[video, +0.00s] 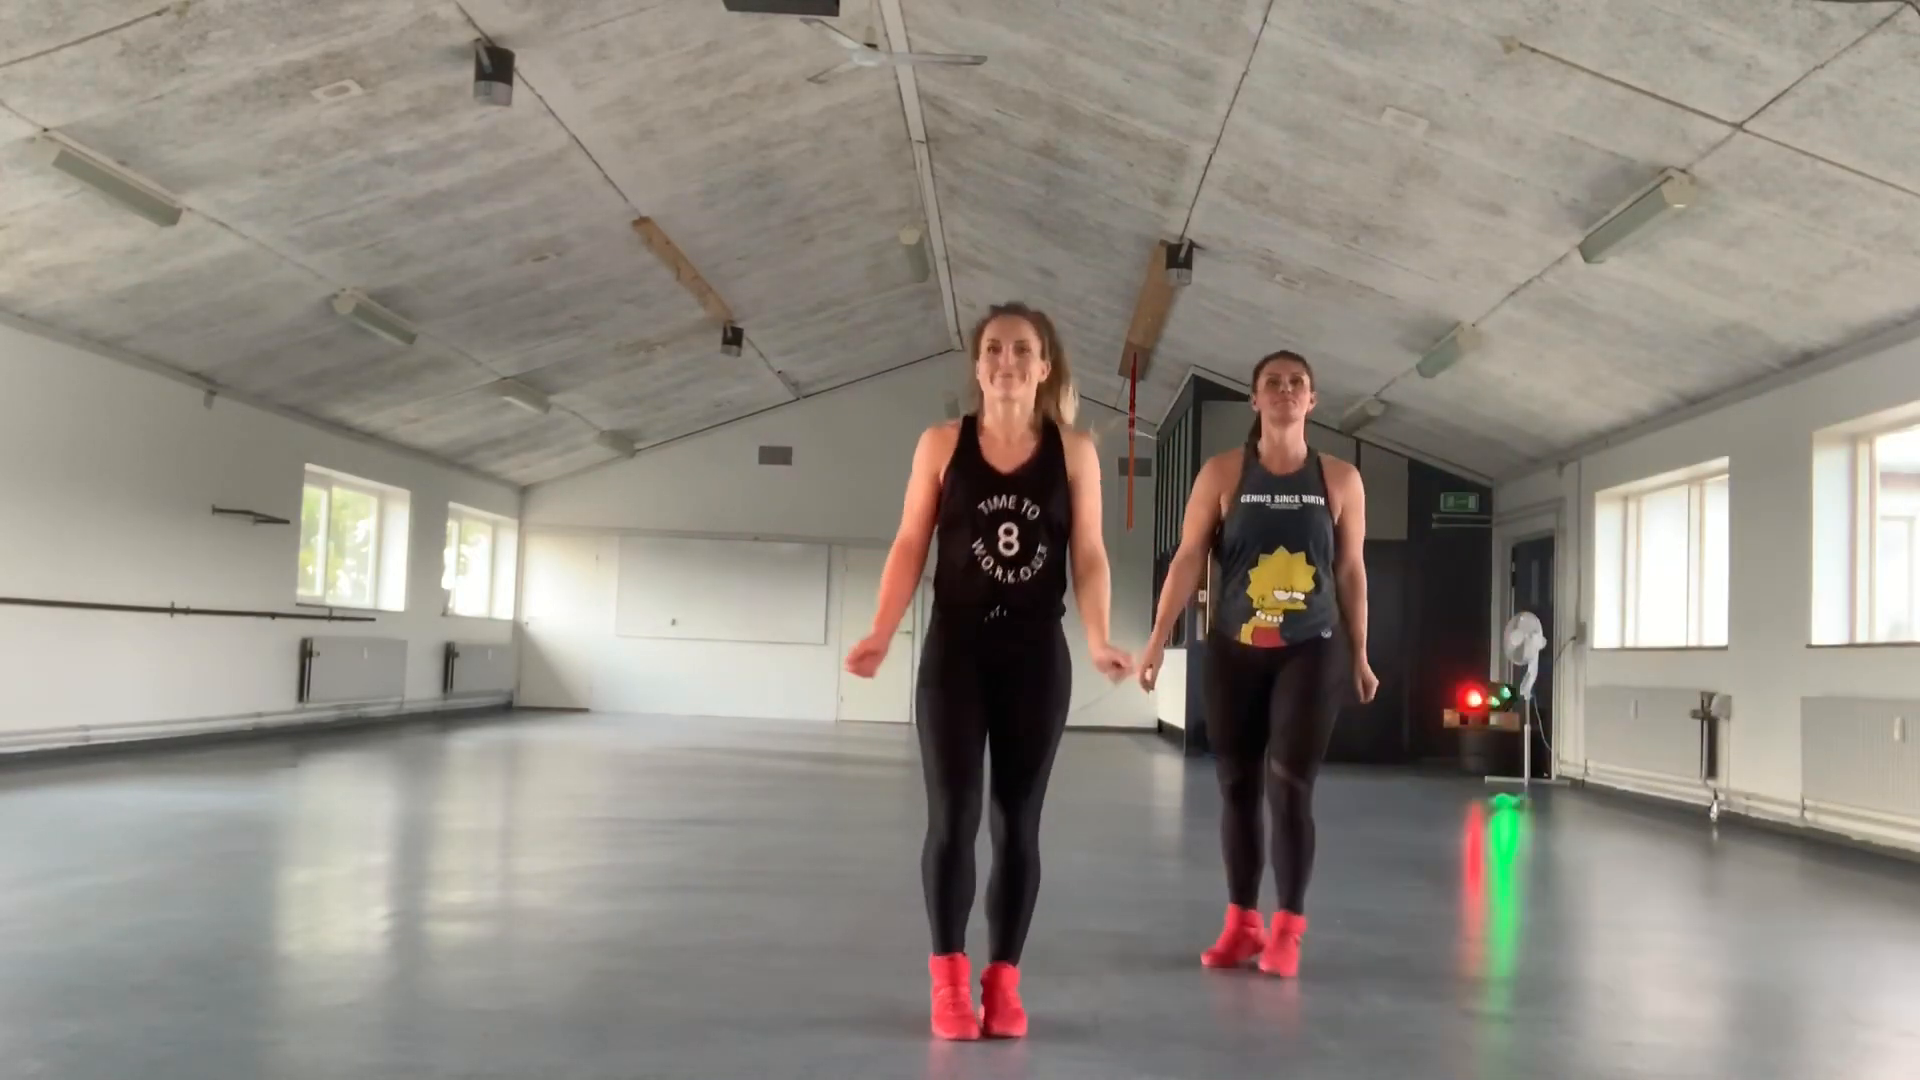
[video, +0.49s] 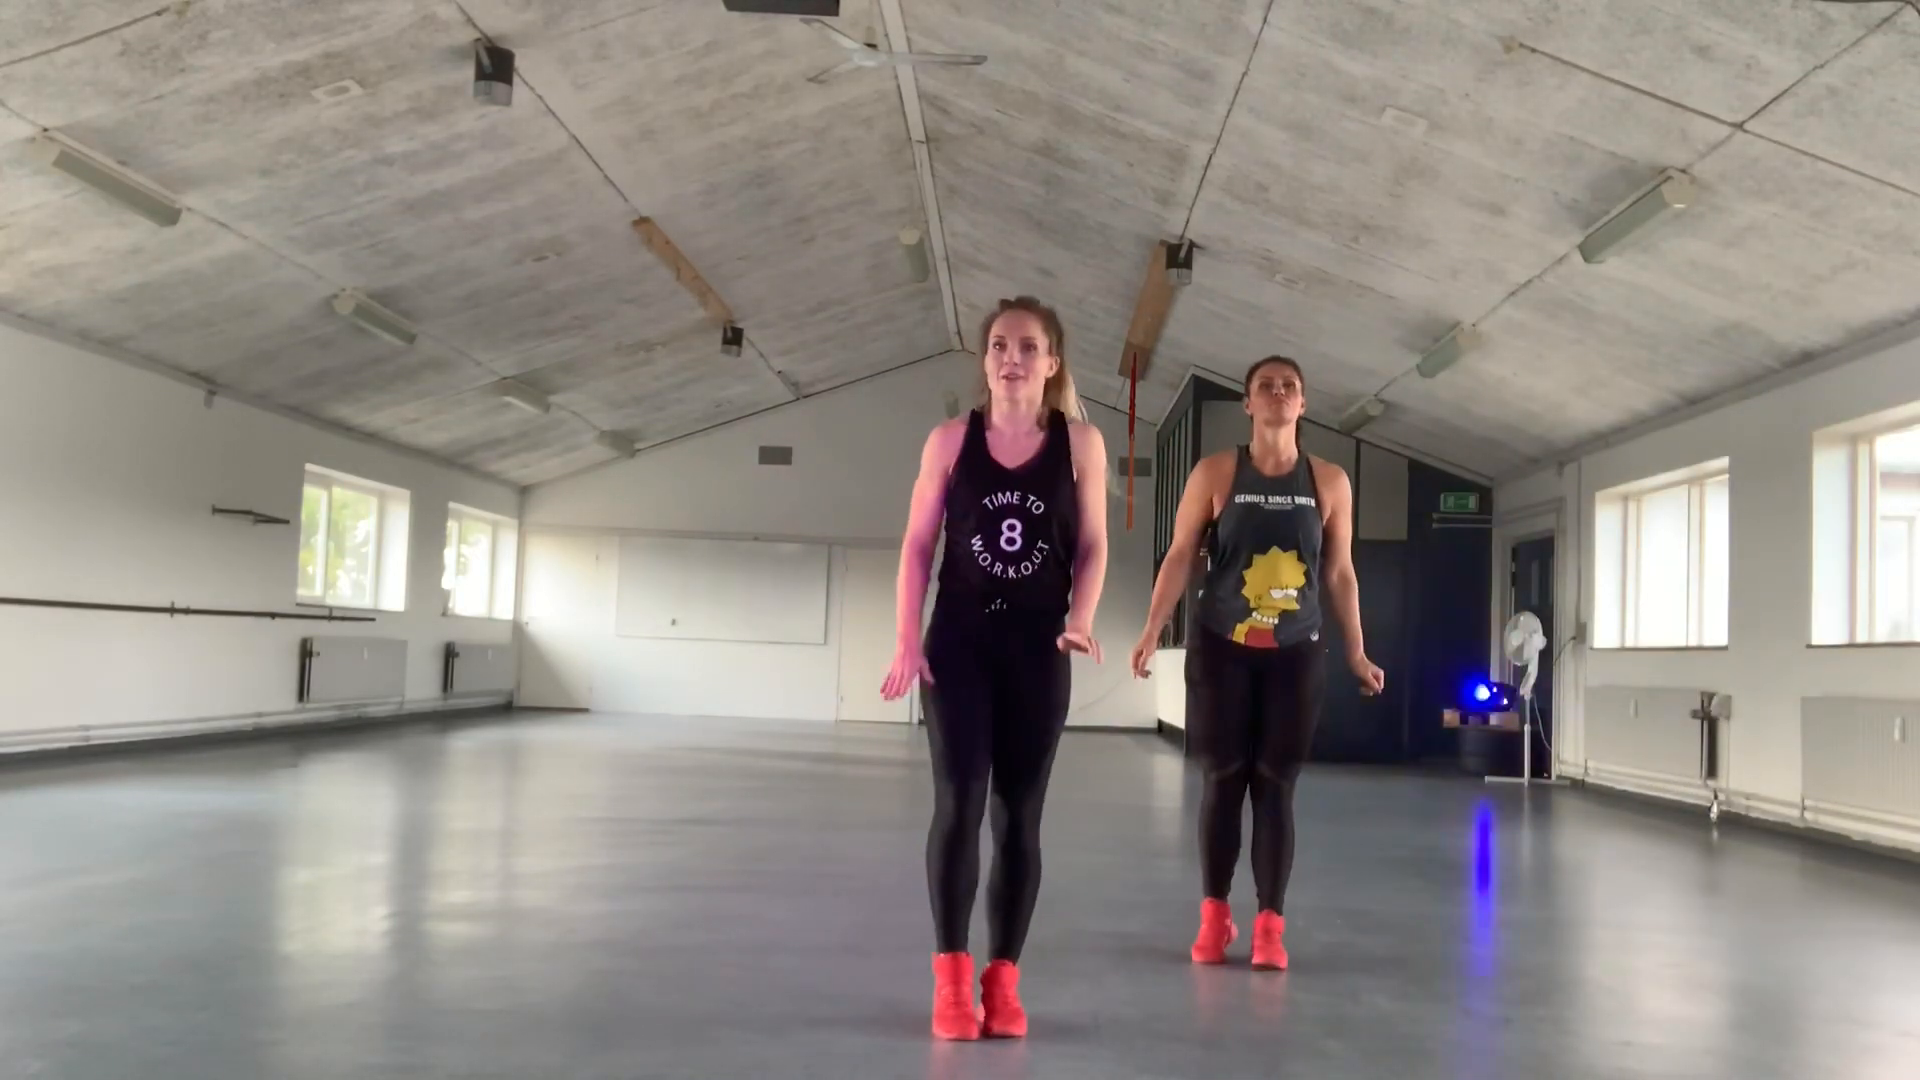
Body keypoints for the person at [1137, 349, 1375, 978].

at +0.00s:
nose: (1285, 392)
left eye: (1295, 383)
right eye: (1273, 384)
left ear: (1312, 399)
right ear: (1255, 399)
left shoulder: (1341, 479)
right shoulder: (1221, 471)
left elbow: (1351, 570)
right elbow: (1188, 557)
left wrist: (1359, 653)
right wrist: (1157, 639)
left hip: (1310, 650)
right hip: (1232, 651)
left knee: (1288, 779)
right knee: (1237, 786)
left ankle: (1288, 925)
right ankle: (1242, 921)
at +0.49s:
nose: (1278, 395)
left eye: (1288, 387)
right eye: (1267, 387)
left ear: (1303, 404)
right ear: (1247, 403)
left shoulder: (1330, 482)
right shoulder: (1213, 472)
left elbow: (1340, 574)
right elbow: (1180, 556)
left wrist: (1357, 653)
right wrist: (1152, 628)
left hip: (1294, 656)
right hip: (1220, 653)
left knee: (1273, 783)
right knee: (1225, 781)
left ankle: (1270, 921)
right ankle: (1215, 912)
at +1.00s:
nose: (1280, 420)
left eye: (1290, 413)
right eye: (1269, 412)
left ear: (1304, 428)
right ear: (1249, 426)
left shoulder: (1323, 510)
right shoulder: (1211, 494)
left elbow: (1339, 598)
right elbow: (1172, 572)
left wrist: (1375, 663)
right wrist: (1139, 642)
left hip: (1297, 668)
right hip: (1221, 663)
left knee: (1280, 789)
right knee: (1224, 765)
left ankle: (1265, 923)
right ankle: (1215, 897)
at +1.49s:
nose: (1271, 424)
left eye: (1281, 415)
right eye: (1260, 416)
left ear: (1297, 431)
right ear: (1241, 431)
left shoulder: (1319, 513)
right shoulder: (1207, 497)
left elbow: (1331, 602)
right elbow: (1173, 574)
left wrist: (1344, 683)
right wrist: (1153, 648)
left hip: (1293, 669)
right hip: (1219, 664)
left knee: (1271, 791)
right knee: (1227, 756)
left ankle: (1254, 921)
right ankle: (1206, 880)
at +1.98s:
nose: (1283, 423)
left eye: (1293, 415)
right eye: (1271, 415)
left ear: (1306, 430)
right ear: (1252, 428)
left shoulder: (1324, 514)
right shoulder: (1214, 494)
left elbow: (1331, 607)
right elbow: (1175, 566)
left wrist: (1339, 689)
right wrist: (1164, 635)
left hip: (1291, 666)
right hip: (1218, 660)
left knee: (1275, 792)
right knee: (1222, 749)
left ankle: (1256, 921)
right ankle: (1210, 867)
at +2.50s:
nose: (1286, 443)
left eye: (1296, 435)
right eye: (1275, 434)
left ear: (1307, 454)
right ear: (1253, 449)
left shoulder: (1321, 536)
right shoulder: (1211, 507)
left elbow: (1322, 624)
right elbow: (1165, 578)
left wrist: (1330, 695)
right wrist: (1157, 647)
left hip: (1281, 673)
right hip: (1209, 664)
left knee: (1284, 799)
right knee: (1221, 695)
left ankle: (1285, 922)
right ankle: (1206, 806)